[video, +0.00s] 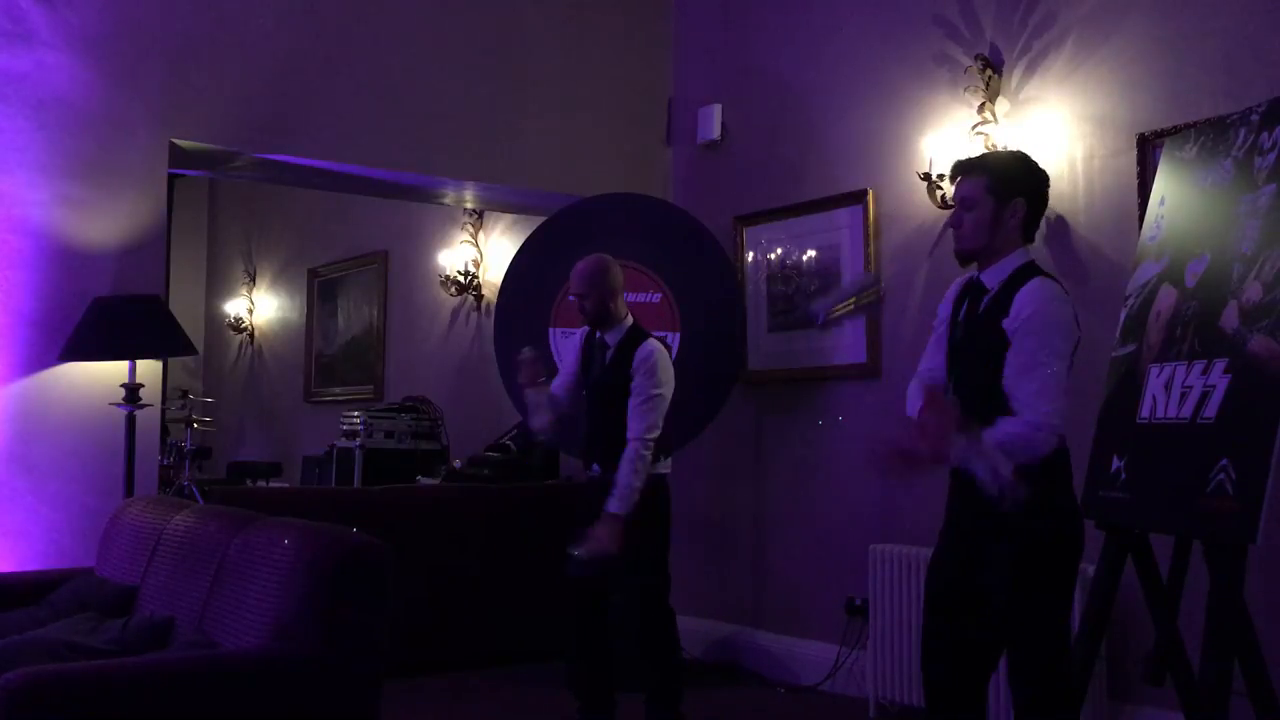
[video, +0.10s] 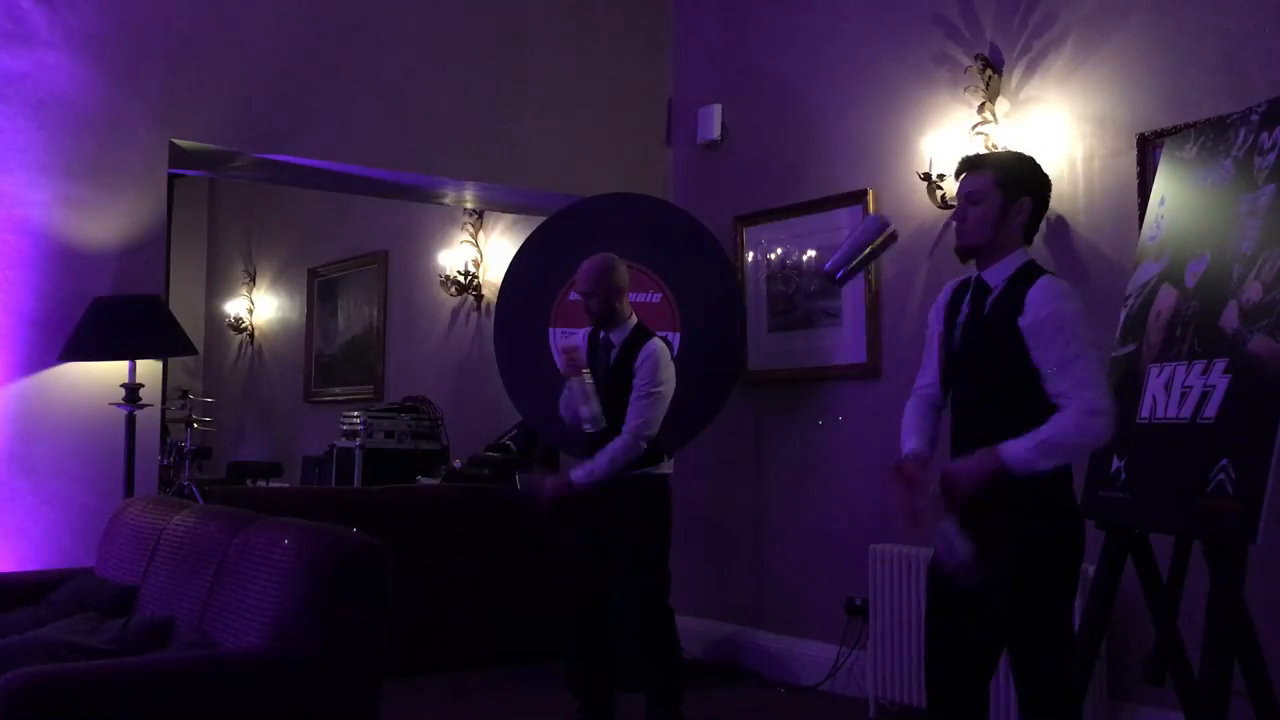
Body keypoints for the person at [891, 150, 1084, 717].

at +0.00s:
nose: (953, 218)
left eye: (968, 206)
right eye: (954, 205)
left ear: (1013, 215)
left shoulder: (1040, 300)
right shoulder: (960, 294)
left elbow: (1041, 428)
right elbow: (926, 381)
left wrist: (959, 444)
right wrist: (929, 420)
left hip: (1033, 503)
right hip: (973, 497)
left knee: (1038, 677)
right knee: (948, 667)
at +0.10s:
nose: (956, 211)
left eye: (972, 200)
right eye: (957, 200)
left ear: (1019, 211)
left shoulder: (1048, 299)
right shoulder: (953, 300)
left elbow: (1092, 416)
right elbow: (926, 392)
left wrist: (994, 461)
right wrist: (915, 453)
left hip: (1035, 523)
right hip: (965, 518)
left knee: (1043, 689)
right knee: (951, 685)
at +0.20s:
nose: (962, 210)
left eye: (979, 199)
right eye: (962, 199)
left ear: (1024, 210)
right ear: (959, 207)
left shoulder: (1057, 296)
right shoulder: (949, 303)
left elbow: (1097, 412)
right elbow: (923, 401)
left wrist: (993, 408)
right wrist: (888, 488)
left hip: (1041, 516)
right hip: (969, 513)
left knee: (1046, 689)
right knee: (953, 685)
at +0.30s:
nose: (963, 214)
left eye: (980, 201)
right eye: (963, 202)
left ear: (1025, 210)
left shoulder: (1064, 302)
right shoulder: (961, 301)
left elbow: (1045, 422)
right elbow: (917, 404)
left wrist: (962, 376)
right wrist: (861, 487)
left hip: (1042, 513)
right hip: (973, 509)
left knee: (1048, 690)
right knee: (952, 685)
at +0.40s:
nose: (960, 220)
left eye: (975, 206)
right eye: (961, 207)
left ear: (1021, 214)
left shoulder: (1062, 304)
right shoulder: (970, 299)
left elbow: (1027, 419)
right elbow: (914, 384)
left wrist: (934, 391)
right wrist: (841, 437)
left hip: (1041, 515)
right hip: (975, 510)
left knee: (1046, 689)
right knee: (954, 682)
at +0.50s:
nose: (957, 222)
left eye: (968, 207)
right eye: (959, 208)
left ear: (1011, 214)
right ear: (1004, 217)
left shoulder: (1054, 304)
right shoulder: (983, 294)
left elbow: (1037, 427)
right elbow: (925, 339)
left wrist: (929, 432)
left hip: (1034, 511)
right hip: (979, 504)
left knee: (1038, 679)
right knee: (956, 673)